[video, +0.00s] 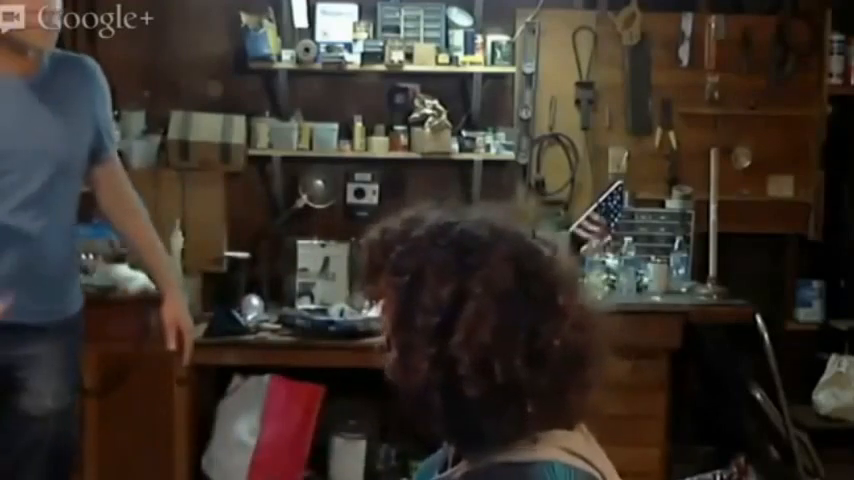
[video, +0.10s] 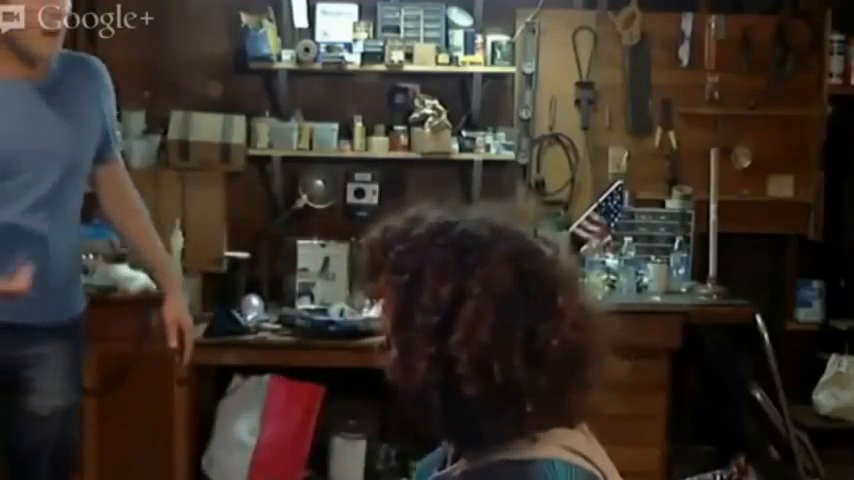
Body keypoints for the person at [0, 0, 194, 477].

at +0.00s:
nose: (48, 9)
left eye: (53, 1)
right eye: (31, 0)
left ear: (62, 9)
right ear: (0, 13)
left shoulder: (81, 77)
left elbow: (112, 184)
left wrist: (170, 285)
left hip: (47, 323)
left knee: (44, 466)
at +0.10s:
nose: (56, 10)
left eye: (61, 1)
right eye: (37, 1)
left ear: (71, 8)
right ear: (3, 13)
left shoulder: (87, 77)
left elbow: (114, 185)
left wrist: (171, 283)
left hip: (50, 326)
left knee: (47, 469)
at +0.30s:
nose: (62, 12)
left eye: (67, 2)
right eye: (45, 2)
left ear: (76, 8)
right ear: (8, 10)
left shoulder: (89, 76)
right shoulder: (4, 78)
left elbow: (114, 184)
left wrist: (171, 283)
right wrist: (6, 264)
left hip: (55, 327)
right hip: (7, 324)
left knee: (53, 467)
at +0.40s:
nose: (60, 12)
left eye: (66, 2)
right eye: (43, 2)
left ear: (74, 9)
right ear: (7, 11)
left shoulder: (88, 76)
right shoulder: (4, 79)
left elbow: (110, 182)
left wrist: (168, 281)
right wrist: (5, 265)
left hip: (55, 328)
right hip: (7, 327)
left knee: (53, 469)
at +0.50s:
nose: (57, 13)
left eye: (63, 2)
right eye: (40, 2)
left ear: (72, 9)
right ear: (4, 11)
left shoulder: (85, 77)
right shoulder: (3, 82)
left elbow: (105, 181)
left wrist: (164, 284)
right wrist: (4, 266)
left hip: (54, 329)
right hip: (6, 329)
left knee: (53, 469)